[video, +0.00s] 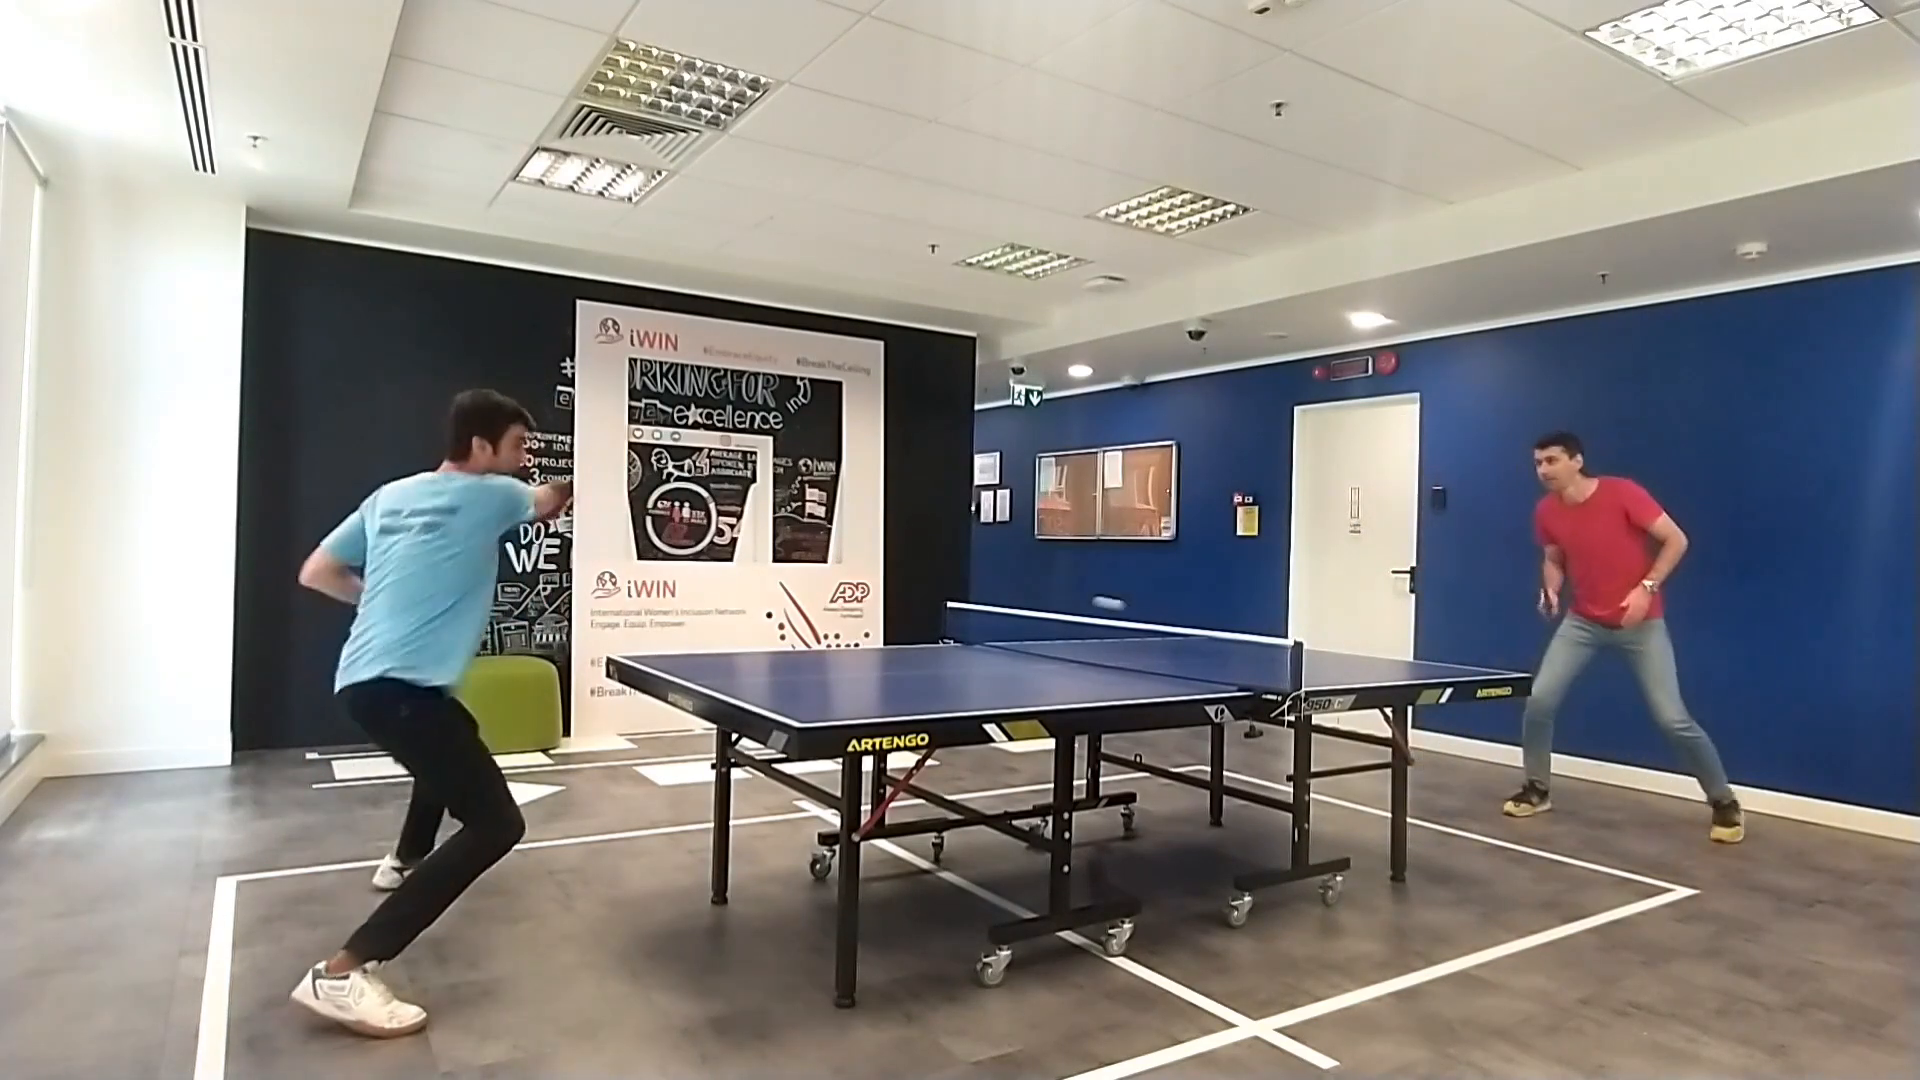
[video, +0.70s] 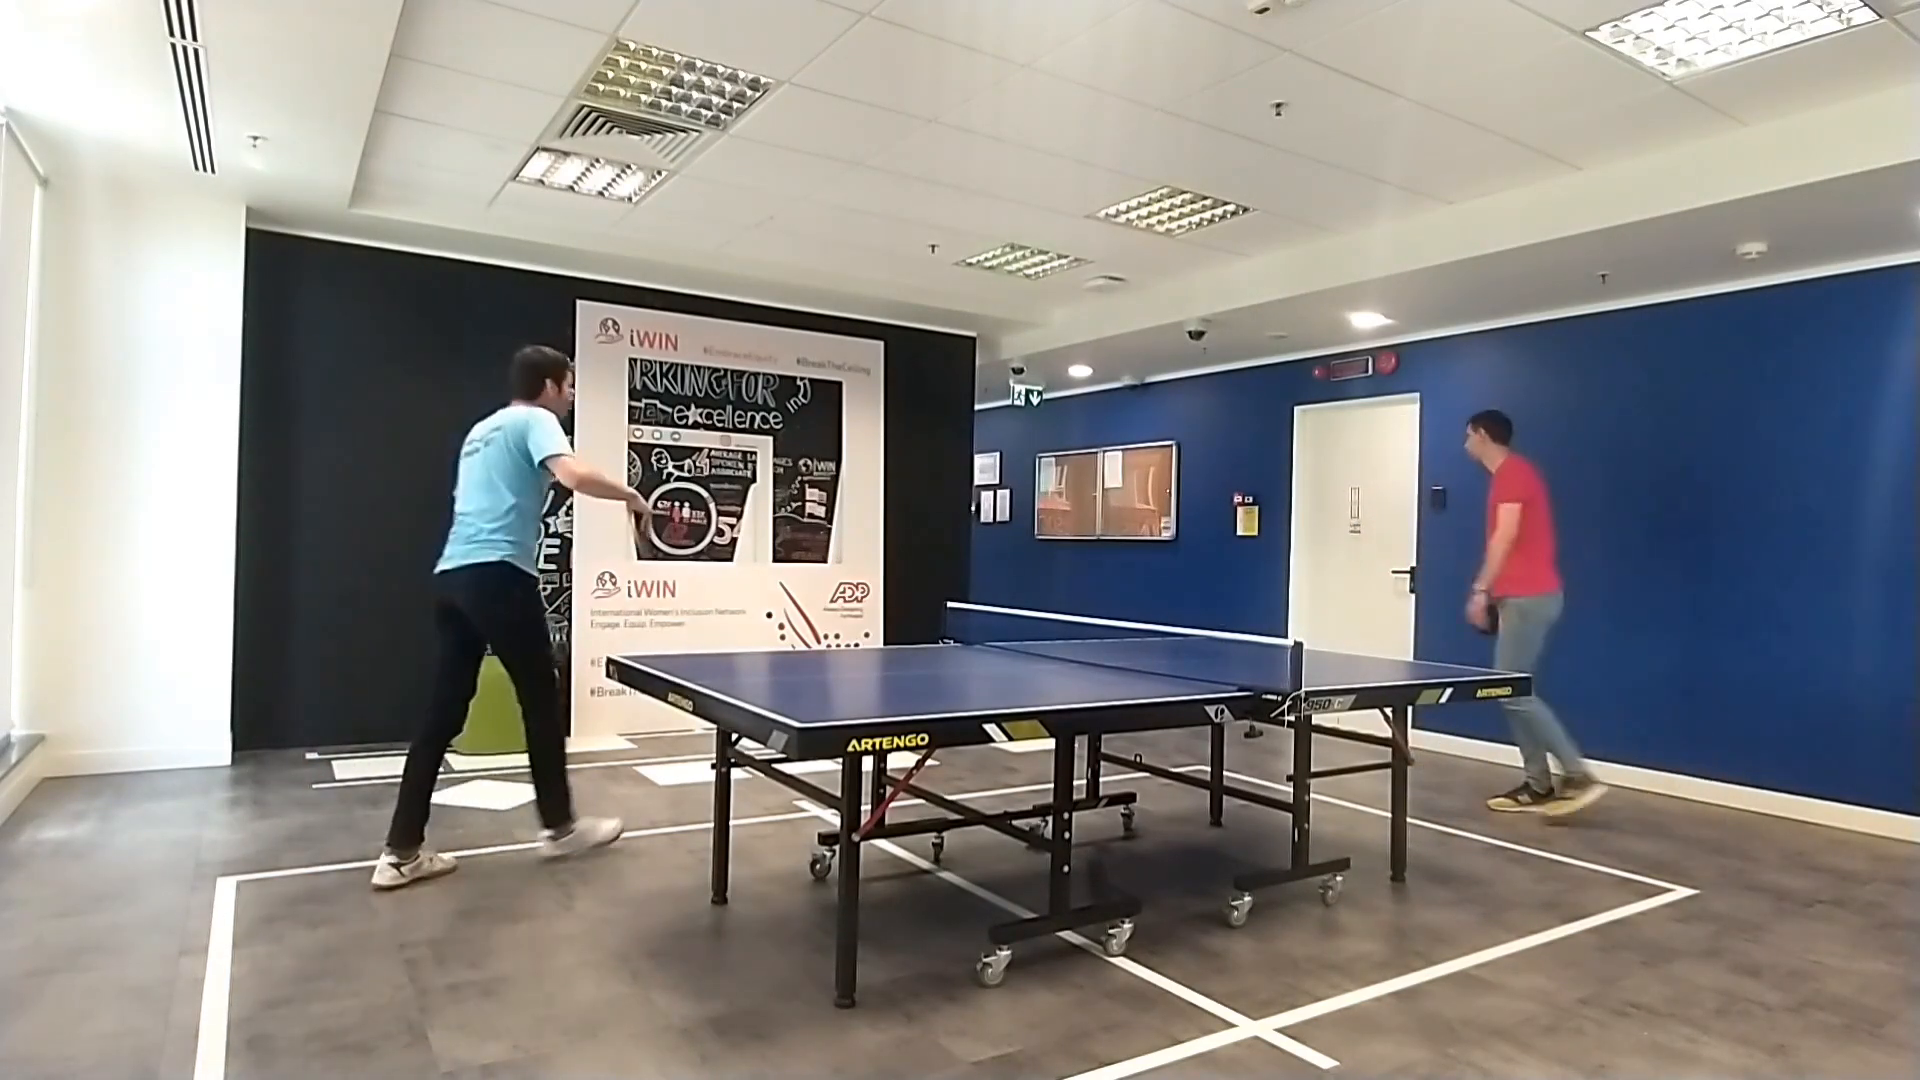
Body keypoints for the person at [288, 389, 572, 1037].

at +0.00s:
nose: (523, 458)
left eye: (525, 447)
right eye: (518, 446)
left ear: (461, 449)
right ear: (480, 446)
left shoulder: (390, 496)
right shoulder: (493, 493)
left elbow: (316, 572)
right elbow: (552, 499)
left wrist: (383, 599)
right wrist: (572, 485)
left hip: (360, 680)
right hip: (407, 684)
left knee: (452, 749)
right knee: (498, 826)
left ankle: (405, 862)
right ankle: (342, 973)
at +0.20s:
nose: (516, 439)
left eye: (515, 429)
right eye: (512, 429)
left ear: (455, 430)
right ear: (487, 428)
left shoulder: (400, 468)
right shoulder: (513, 470)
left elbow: (340, 523)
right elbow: (494, 523)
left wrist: (313, 606)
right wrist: (505, 452)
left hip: (387, 622)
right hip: (448, 618)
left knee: (429, 748)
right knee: (454, 771)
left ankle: (411, 858)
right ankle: (378, 930)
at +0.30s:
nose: (519, 422)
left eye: (518, 412)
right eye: (516, 411)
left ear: (462, 413)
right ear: (492, 410)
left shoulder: (409, 453)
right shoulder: (515, 450)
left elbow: (363, 507)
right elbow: (515, 548)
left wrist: (326, 574)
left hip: (397, 598)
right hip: (455, 592)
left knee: (437, 728)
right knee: (468, 741)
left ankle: (406, 859)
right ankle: (398, 883)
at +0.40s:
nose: (526, 402)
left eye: (524, 392)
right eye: (522, 393)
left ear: (470, 395)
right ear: (502, 392)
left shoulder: (422, 441)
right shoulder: (517, 426)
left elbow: (372, 500)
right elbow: (549, 514)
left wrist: (344, 570)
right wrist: (514, 557)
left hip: (409, 583)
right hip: (464, 576)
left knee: (438, 717)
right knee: (488, 721)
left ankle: (395, 857)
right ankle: (429, 863)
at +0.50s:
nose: (537, 394)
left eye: (536, 384)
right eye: (533, 384)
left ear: (484, 386)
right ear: (514, 383)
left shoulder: (439, 437)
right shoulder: (520, 417)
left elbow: (387, 511)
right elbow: (572, 487)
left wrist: (377, 585)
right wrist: (573, 548)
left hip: (421, 577)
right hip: (471, 569)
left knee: (434, 719)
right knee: (509, 709)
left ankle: (397, 857)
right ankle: (459, 855)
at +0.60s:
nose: (553, 392)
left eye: (553, 383)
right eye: (550, 382)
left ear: (501, 384)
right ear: (529, 382)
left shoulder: (462, 433)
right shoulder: (525, 415)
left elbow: (422, 517)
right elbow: (577, 474)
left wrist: (423, 586)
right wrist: (615, 512)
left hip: (436, 575)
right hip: (480, 571)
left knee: (437, 715)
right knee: (530, 698)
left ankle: (400, 855)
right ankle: (507, 846)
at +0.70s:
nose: (570, 397)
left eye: (570, 387)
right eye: (568, 387)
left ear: (520, 388)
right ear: (549, 387)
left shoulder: (480, 431)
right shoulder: (536, 419)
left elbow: (474, 503)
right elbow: (571, 474)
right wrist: (630, 496)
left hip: (452, 580)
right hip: (501, 579)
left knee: (442, 715)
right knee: (541, 699)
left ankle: (402, 852)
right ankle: (561, 827)